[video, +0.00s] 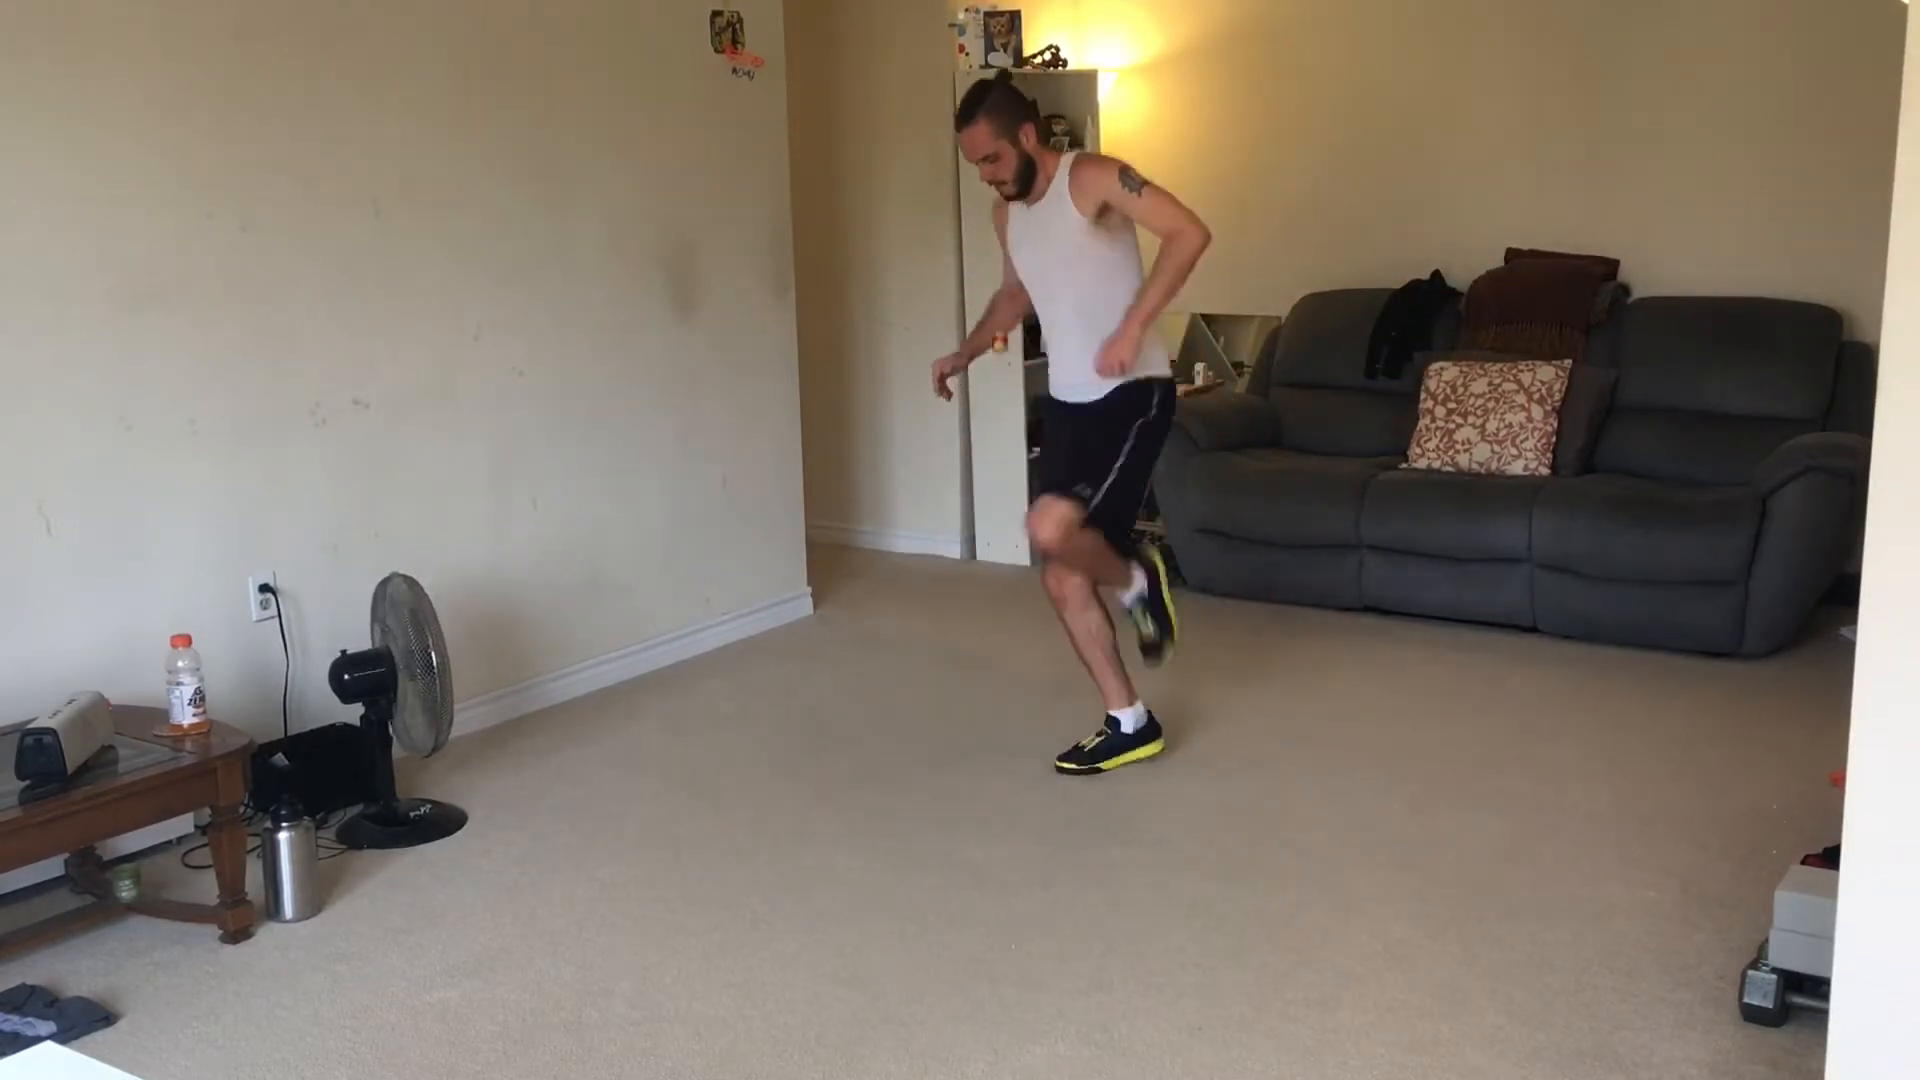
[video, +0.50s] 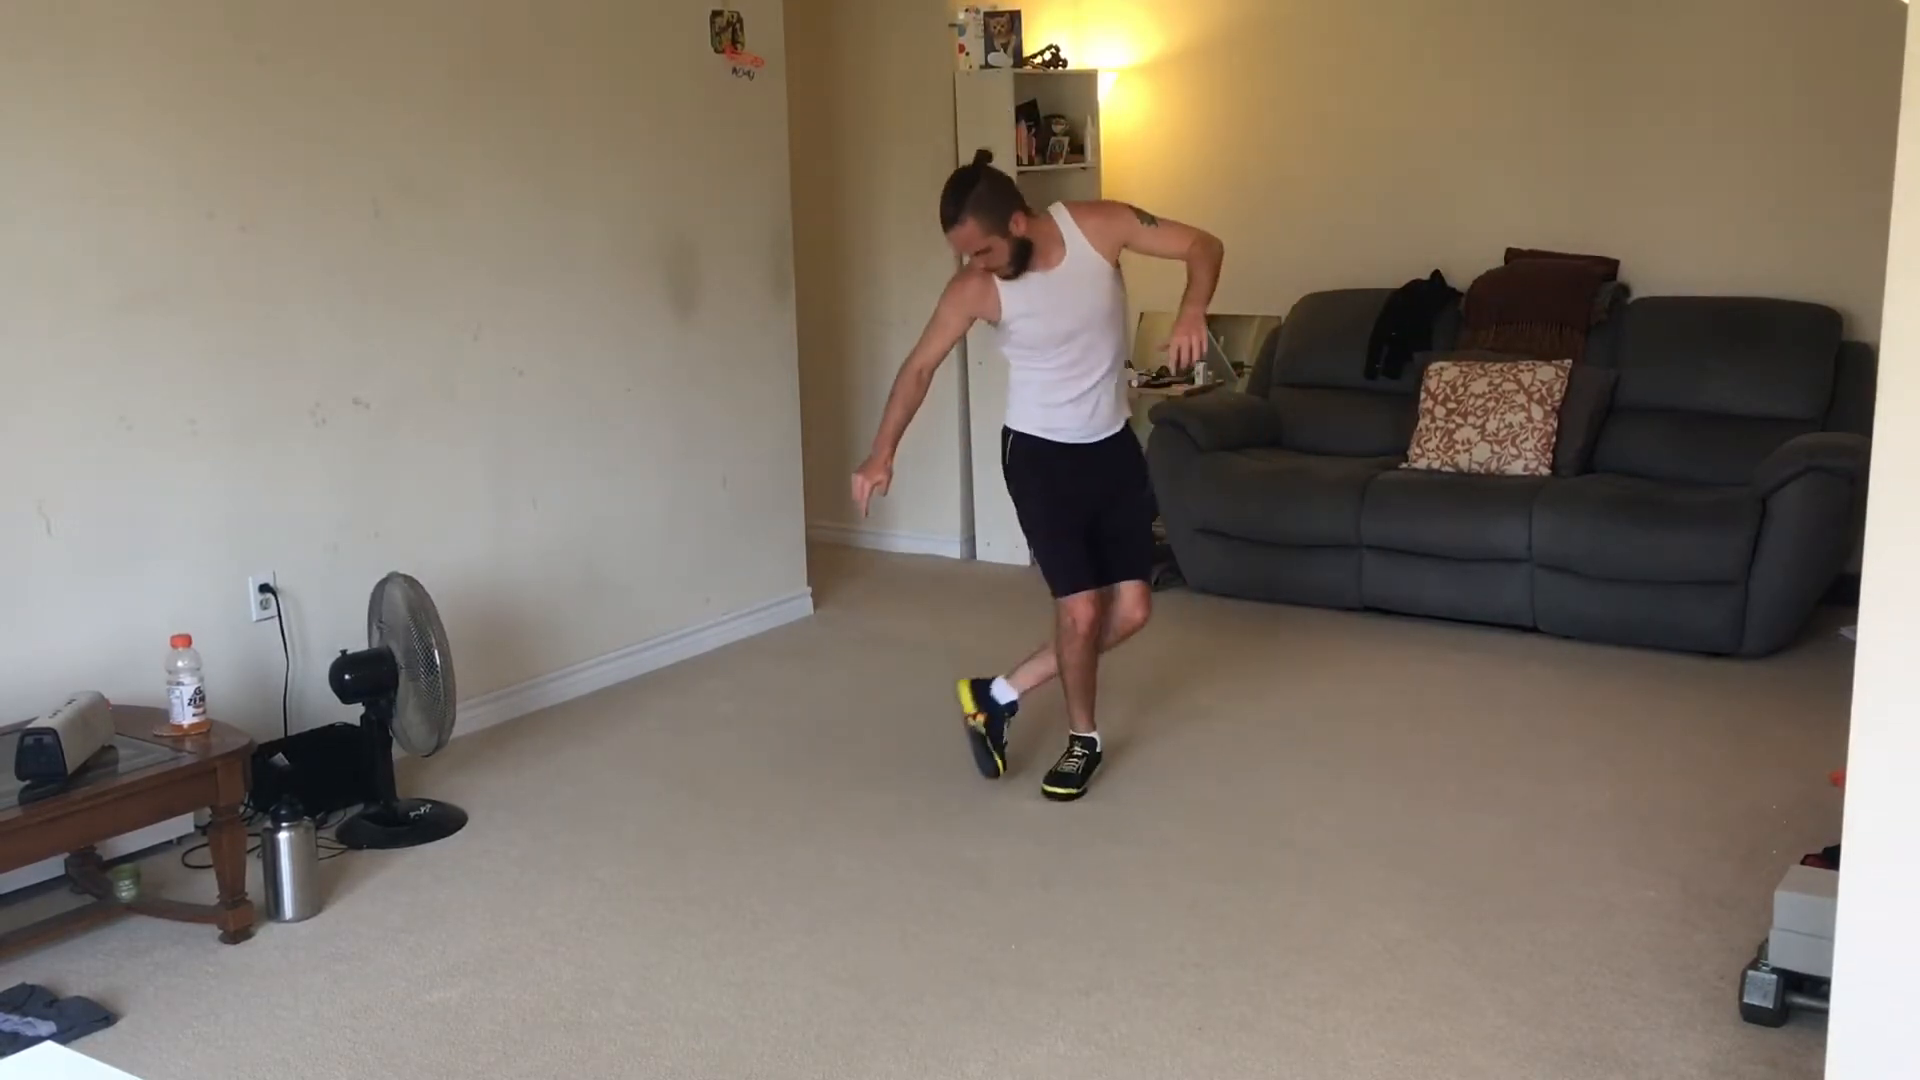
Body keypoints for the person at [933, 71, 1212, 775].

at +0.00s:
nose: (985, 175)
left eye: (991, 158)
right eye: (975, 163)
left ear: (1028, 133)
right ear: (974, 154)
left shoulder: (1093, 178)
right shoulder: (1008, 211)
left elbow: (1188, 233)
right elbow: (1019, 291)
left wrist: (1133, 327)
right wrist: (968, 351)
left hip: (1133, 390)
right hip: (1067, 399)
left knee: (1051, 526)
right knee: (1059, 568)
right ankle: (1129, 720)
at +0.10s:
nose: (971, 176)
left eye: (976, 159)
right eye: (960, 165)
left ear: (1011, 129)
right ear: (958, 152)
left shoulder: (1086, 161)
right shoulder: (988, 204)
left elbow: (1181, 221)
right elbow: (989, 277)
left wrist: (1112, 305)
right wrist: (951, 352)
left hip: (1143, 366)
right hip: (1067, 384)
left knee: (1106, 496)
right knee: (1051, 564)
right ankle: (1099, 693)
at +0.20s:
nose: (960, 213)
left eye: (963, 198)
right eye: (948, 204)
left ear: (996, 166)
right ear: (949, 192)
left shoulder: (1082, 183)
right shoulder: (975, 232)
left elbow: (1187, 235)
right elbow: (959, 307)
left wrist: (1117, 315)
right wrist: (926, 389)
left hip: (1152, 385)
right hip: (1066, 400)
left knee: (1154, 512)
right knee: (1046, 564)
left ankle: (1045, 547)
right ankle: (1073, 695)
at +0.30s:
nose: (962, 264)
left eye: (965, 250)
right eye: (952, 256)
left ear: (996, 216)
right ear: (950, 239)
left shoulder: (1086, 221)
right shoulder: (973, 284)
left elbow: (1192, 253)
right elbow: (935, 360)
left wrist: (1149, 334)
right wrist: (901, 444)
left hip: (1140, 438)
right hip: (1056, 452)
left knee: (1168, 577)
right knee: (1069, 604)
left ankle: (1043, 613)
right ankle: (1081, 741)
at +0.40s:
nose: (968, 287)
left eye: (972, 274)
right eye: (959, 279)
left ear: (1007, 239)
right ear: (954, 262)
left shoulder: (1094, 234)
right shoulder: (973, 304)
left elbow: (1195, 258)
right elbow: (922, 383)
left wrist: (1184, 329)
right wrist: (882, 467)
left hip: (1130, 450)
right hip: (1050, 462)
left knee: (1154, 603)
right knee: (1081, 614)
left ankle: (1029, 674)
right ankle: (1085, 740)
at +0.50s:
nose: (976, 266)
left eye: (983, 252)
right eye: (966, 256)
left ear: (1020, 221)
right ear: (959, 240)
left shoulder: (1097, 226)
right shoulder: (976, 288)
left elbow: (1204, 246)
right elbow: (918, 368)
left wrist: (1193, 308)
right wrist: (882, 451)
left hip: (1111, 444)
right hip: (1038, 453)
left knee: (1131, 609)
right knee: (1080, 609)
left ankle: (998, 694)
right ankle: (1083, 739)